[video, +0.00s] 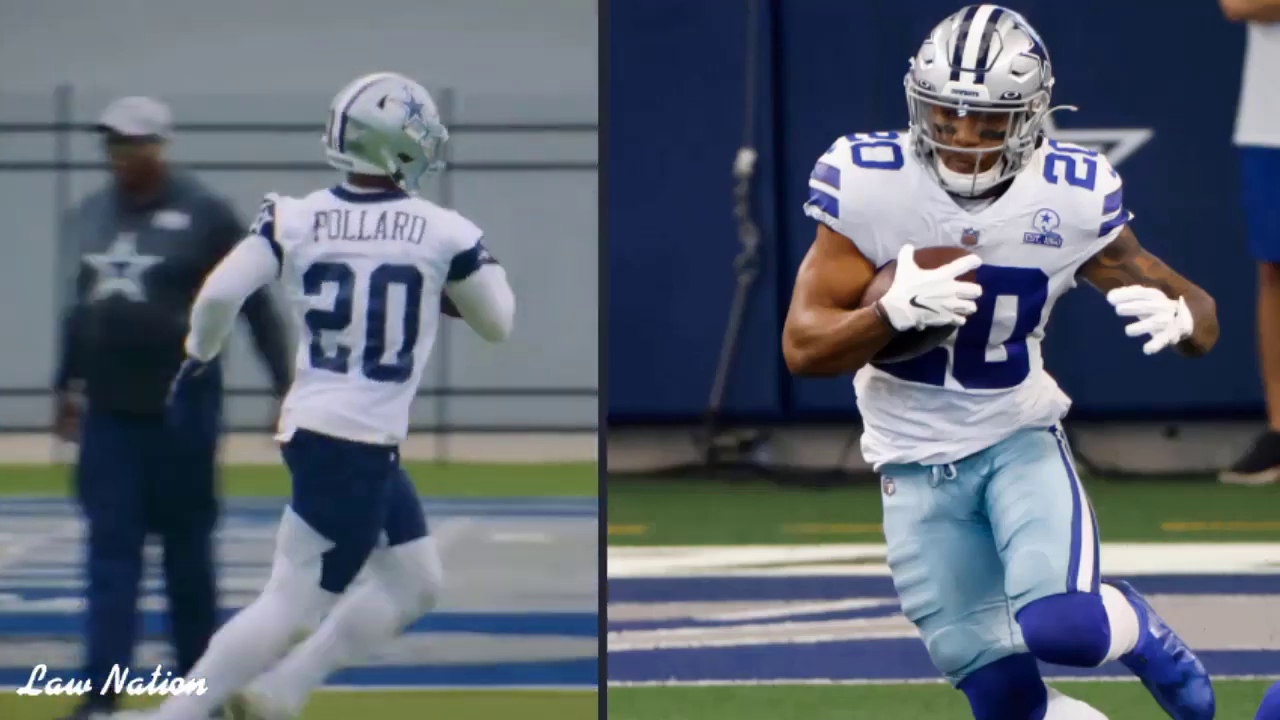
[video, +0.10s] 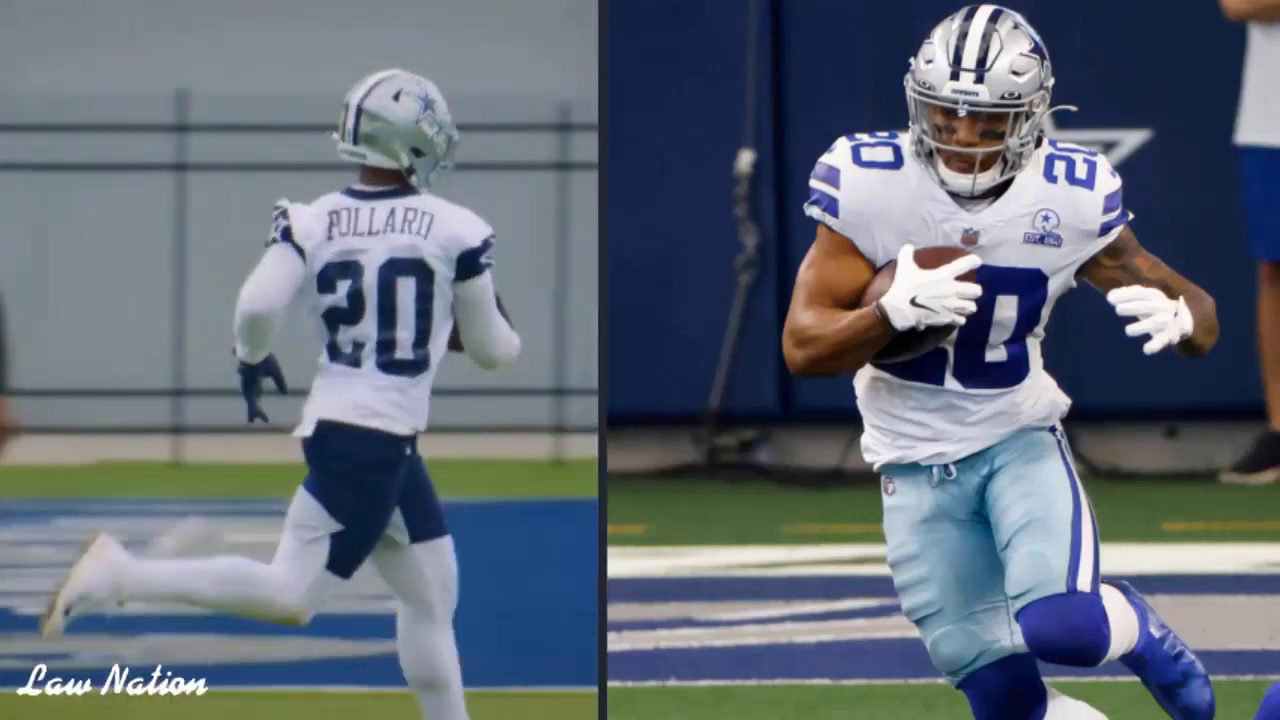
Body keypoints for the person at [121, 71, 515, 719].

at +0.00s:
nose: (424, 150)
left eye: (419, 140)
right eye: (419, 140)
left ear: (339, 139)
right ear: (412, 147)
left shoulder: (293, 217)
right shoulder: (445, 230)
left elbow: (217, 293)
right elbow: (498, 321)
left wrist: (200, 356)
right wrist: (446, 290)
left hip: (314, 429)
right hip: (356, 443)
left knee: (413, 582)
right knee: (291, 606)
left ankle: (278, 695)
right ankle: (177, 711)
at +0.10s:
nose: (435, 145)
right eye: (431, 136)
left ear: (354, 135)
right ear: (425, 143)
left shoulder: (311, 219)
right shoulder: (458, 228)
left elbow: (258, 304)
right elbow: (497, 349)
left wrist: (254, 358)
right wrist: (473, 322)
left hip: (350, 430)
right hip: (372, 437)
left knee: (428, 597)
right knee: (291, 595)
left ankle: (450, 716)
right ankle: (117, 575)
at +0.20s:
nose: (445, 179)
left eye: (442, 168)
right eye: (439, 169)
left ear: (357, 175)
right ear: (423, 178)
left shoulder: (313, 260)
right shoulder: (454, 263)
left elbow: (254, 350)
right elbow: (478, 381)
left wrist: (300, 346)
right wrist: (522, 407)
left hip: (334, 457)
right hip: (387, 466)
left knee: (424, 615)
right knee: (363, 641)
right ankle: (226, 549)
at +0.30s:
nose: (452, 167)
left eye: (450, 155)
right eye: (439, 156)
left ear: (370, 164)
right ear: (404, 165)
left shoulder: (324, 239)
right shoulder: (437, 241)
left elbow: (285, 332)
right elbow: (433, 342)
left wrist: (370, 311)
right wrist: (504, 388)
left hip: (335, 452)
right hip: (410, 454)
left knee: (321, 615)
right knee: (485, 596)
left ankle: (232, 712)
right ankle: (334, 654)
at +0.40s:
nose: (467, 159)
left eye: (466, 145)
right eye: (454, 146)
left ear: (393, 160)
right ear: (417, 155)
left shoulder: (354, 223)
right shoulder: (437, 231)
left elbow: (318, 315)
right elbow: (419, 325)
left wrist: (411, 328)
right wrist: (504, 356)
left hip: (355, 435)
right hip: (423, 437)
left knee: (316, 594)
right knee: (513, 579)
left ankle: (147, 618)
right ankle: (511, 716)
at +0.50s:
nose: (481, 186)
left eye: (479, 171)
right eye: (464, 174)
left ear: (409, 191)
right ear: (423, 187)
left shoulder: (369, 250)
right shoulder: (440, 260)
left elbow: (321, 336)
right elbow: (435, 348)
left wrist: (395, 367)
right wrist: (517, 329)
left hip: (363, 462)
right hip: (429, 467)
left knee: (348, 633)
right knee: (495, 623)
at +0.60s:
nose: (455, 175)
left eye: (454, 161)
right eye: (441, 163)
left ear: (386, 179)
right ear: (404, 174)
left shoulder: (339, 244)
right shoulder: (422, 249)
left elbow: (282, 330)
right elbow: (436, 335)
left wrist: (349, 368)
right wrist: (522, 312)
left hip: (350, 448)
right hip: (391, 458)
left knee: (449, 610)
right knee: (411, 623)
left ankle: (288, 650)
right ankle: (321, 714)